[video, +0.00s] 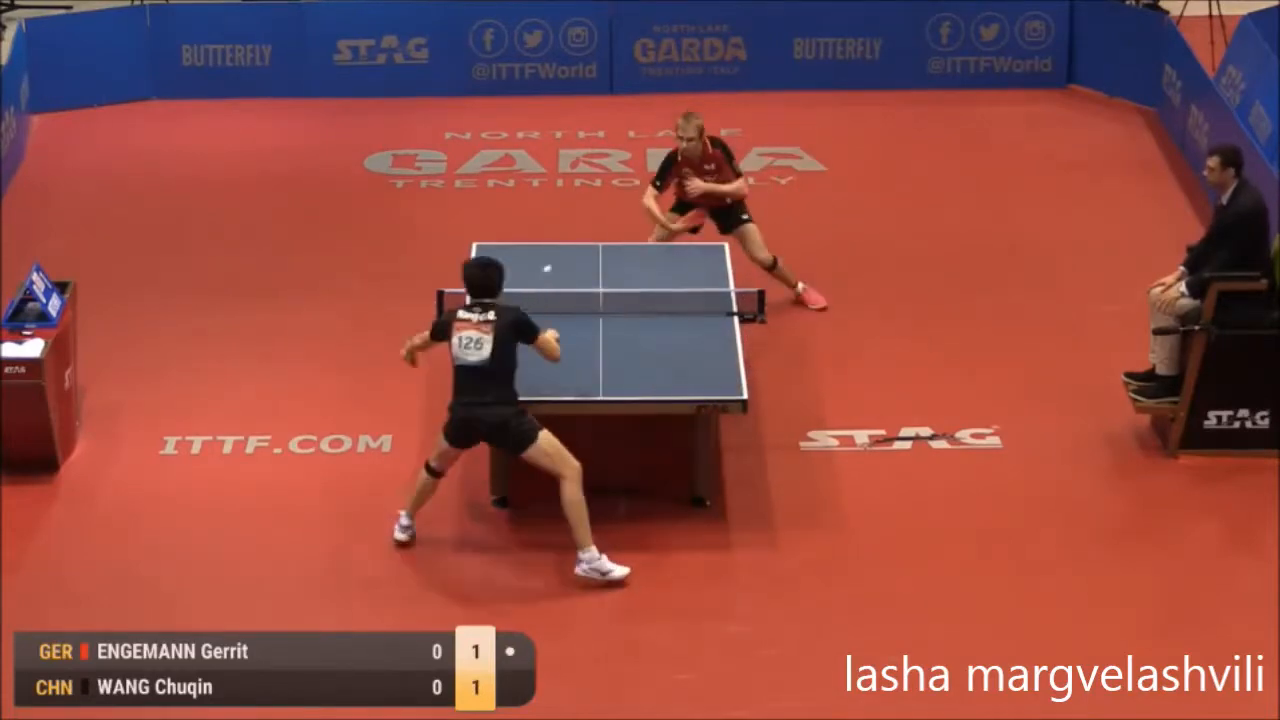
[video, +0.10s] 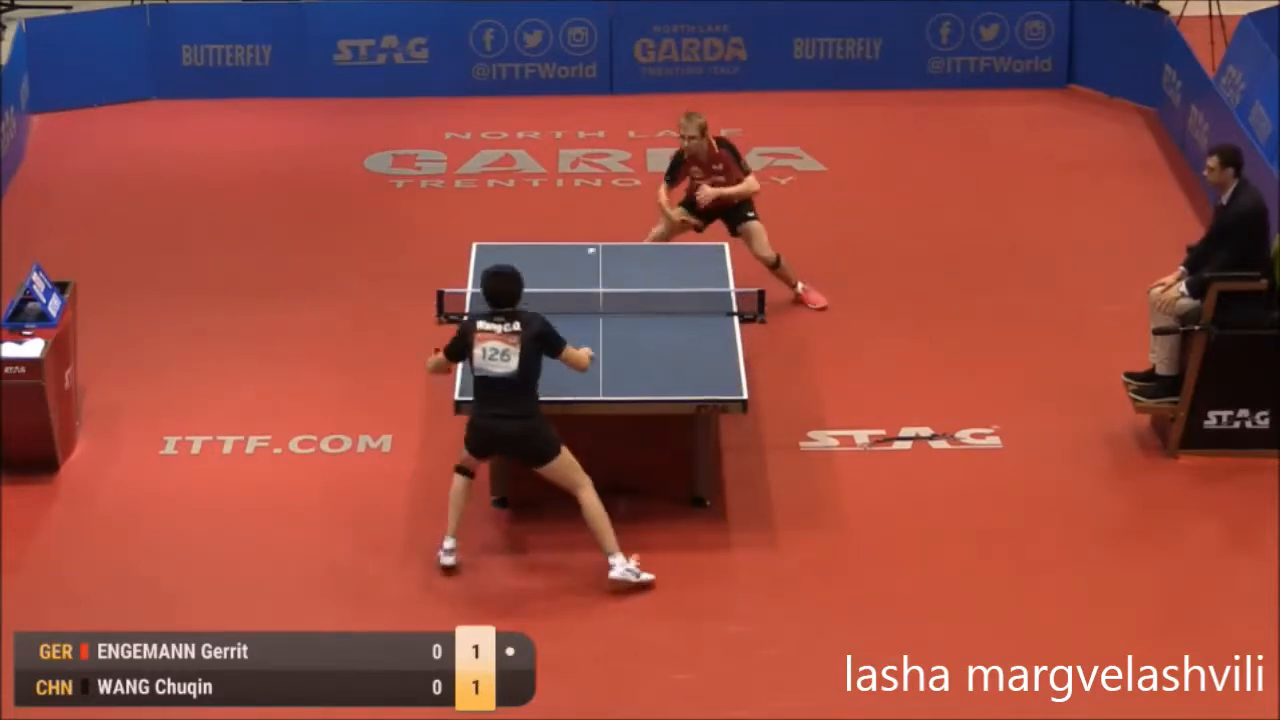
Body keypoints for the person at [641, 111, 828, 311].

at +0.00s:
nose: (683, 146)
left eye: (689, 140)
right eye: (680, 139)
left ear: (702, 137)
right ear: (675, 137)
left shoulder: (718, 148)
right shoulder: (674, 159)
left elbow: (742, 189)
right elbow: (647, 198)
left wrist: (705, 188)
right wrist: (670, 224)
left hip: (725, 202)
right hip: (688, 204)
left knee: (761, 257)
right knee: (653, 246)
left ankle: (799, 289)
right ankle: (644, 301)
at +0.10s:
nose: (686, 144)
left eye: (691, 139)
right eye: (683, 138)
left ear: (705, 136)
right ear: (679, 137)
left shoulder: (724, 148)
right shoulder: (682, 157)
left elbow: (752, 186)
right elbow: (662, 192)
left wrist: (717, 192)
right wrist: (670, 213)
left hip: (735, 202)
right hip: (700, 202)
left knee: (765, 255)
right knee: (655, 238)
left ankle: (799, 290)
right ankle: (634, 288)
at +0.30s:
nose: (691, 115)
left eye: (694, 109)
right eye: (688, 110)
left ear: (709, 102)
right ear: (689, 106)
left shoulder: (728, 120)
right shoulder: (712, 121)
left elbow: (747, 156)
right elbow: (727, 152)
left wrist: (733, 195)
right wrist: (711, 165)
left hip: (757, 189)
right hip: (728, 185)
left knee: (767, 254)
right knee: (680, 224)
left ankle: (803, 289)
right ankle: (656, 278)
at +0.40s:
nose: (698, 108)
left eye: (701, 102)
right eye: (695, 103)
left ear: (715, 94)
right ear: (712, 96)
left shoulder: (733, 113)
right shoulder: (726, 109)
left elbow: (748, 150)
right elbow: (737, 144)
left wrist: (738, 190)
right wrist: (716, 158)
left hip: (761, 188)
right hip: (735, 181)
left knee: (763, 254)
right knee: (680, 213)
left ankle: (803, 288)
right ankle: (678, 271)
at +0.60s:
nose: (704, 82)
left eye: (708, 76)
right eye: (701, 77)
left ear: (722, 75)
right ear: (699, 78)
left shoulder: (737, 99)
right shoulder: (706, 103)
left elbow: (755, 137)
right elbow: (695, 142)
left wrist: (722, 155)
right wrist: (680, 129)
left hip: (756, 174)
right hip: (730, 174)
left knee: (757, 232)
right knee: (686, 209)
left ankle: (801, 285)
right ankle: (721, 259)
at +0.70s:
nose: (704, 70)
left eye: (709, 65)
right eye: (700, 65)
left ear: (721, 65)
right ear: (696, 65)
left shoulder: (733, 91)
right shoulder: (694, 92)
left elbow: (757, 126)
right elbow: (679, 126)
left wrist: (724, 133)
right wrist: (670, 117)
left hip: (749, 160)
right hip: (720, 161)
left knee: (763, 216)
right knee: (686, 206)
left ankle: (793, 274)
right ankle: (720, 254)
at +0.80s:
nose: (703, 60)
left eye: (708, 54)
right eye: (700, 54)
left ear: (718, 54)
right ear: (694, 54)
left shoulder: (732, 78)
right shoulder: (689, 79)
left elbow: (757, 114)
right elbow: (669, 104)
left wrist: (724, 121)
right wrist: (657, 108)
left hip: (735, 140)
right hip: (703, 141)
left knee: (746, 197)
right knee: (678, 191)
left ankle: (774, 248)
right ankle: (712, 239)